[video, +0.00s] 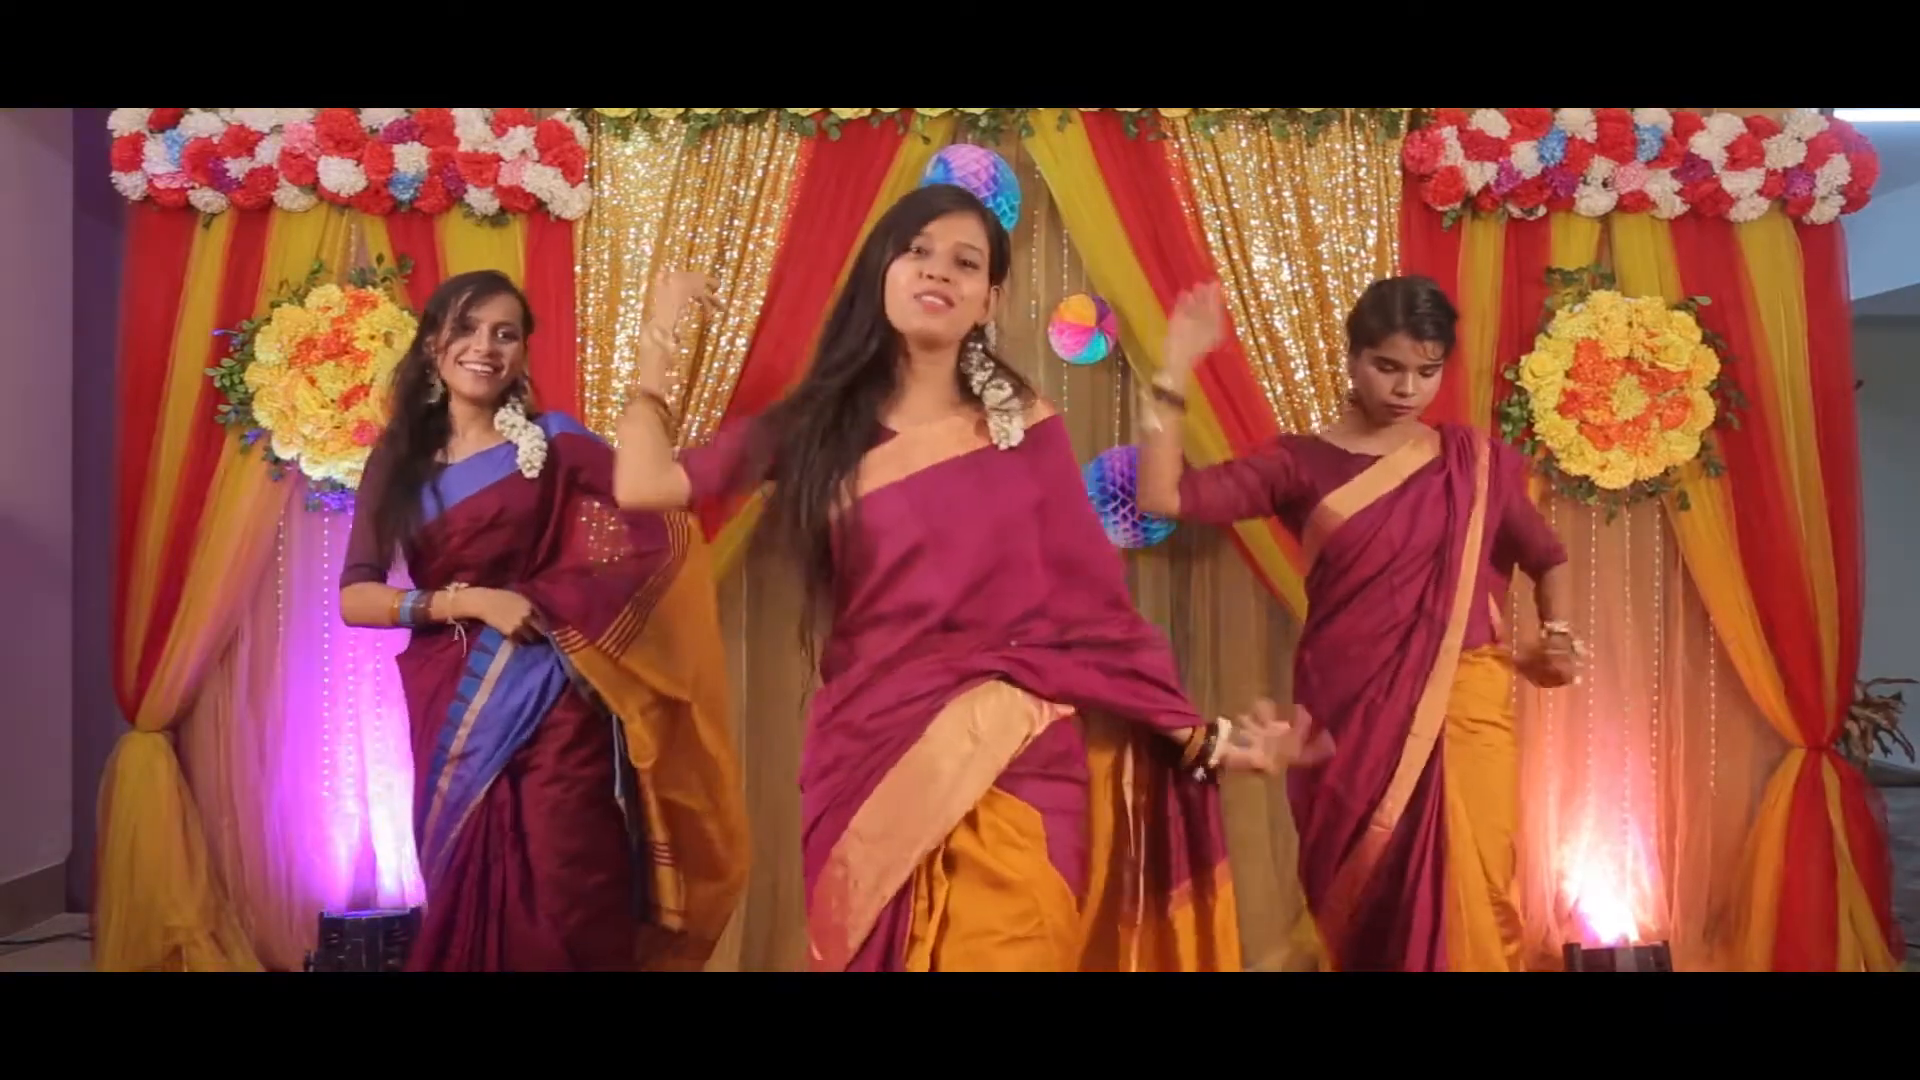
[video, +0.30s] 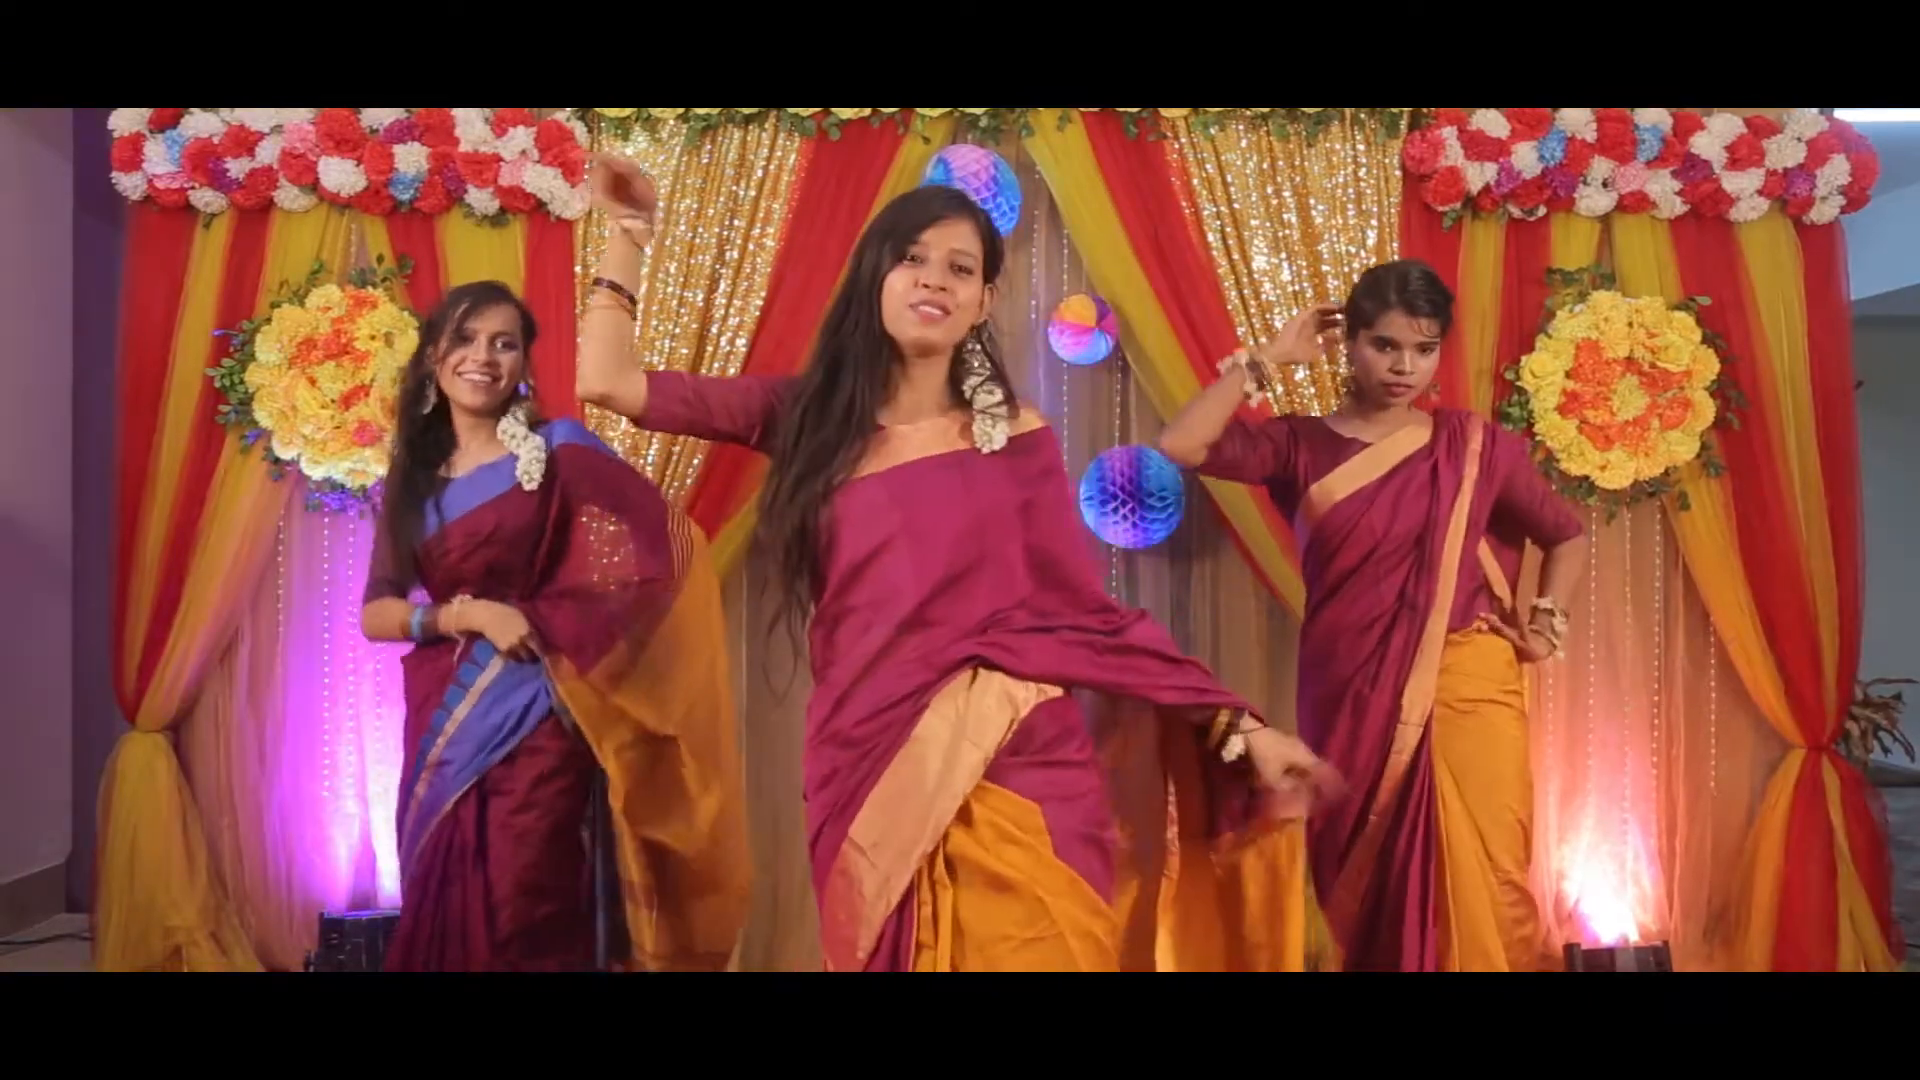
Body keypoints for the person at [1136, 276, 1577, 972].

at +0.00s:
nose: (1407, 388)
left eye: (1425, 370)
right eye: (1388, 367)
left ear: (1444, 365)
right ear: (1352, 358)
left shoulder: (1474, 457)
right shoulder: (1305, 461)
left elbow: (1550, 559)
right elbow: (1162, 495)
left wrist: (1557, 637)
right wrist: (1174, 369)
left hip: (1468, 706)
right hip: (1352, 716)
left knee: (1473, 907)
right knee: (1359, 915)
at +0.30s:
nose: (1403, 366)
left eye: (1422, 350)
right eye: (1386, 346)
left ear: (1441, 349)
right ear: (1349, 341)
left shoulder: (1476, 443)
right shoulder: (1302, 442)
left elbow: (1568, 534)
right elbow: (1180, 444)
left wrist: (1545, 617)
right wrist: (1268, 355)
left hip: (1469, 681)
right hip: (1352, 694)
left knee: (1478, 880)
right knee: (1359, 893)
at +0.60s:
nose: (1409, 366)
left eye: (1429, 349)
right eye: (1391, 345)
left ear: (1449, 355)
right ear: (1357, 346)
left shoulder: (1496, 448)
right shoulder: (1320, 459)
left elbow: (1570, 547)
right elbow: (1235, 542)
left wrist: (1553, 636)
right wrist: (1279, 431)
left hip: (1473, 705)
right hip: (1352, 711)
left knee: (1476, 910)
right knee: (1348, 913)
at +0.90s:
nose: (1412, 357)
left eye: (1431, 341)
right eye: (1394, 338)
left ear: (1451, 350)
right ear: (1360, 344)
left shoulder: (1497, 447)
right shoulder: (1312, 465)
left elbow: (1545, 580)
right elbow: (1289, 615)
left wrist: (1578, 678)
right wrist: (1331, 614)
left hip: (1480, 705)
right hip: (1365, 717)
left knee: (1488, 913)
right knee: (1370, 919)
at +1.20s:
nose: (1417, 342)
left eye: (1435, 328)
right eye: (1398, 325)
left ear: (1453, 344)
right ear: (1363, 335)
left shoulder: (1490, 442)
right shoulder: (1315, 448)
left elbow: (1524, 595)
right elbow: (1298, 604)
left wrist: (1594, 716)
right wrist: (1286, 569)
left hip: (1488, 698)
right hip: (1370, 706)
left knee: (1497, 903)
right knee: (1380, 910)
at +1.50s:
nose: (1420, 358)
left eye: (1437, 342)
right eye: (1398, 341)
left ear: (1453, 356)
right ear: (1360, 352)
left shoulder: (1463, 473)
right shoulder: (1326, 446)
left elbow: (1499, 617)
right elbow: (1346, 578)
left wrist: (1605, 680)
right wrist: (1438, 499)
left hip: (1471, 731)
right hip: (1374, 729)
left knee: (1486, 924)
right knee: (1389, 928)